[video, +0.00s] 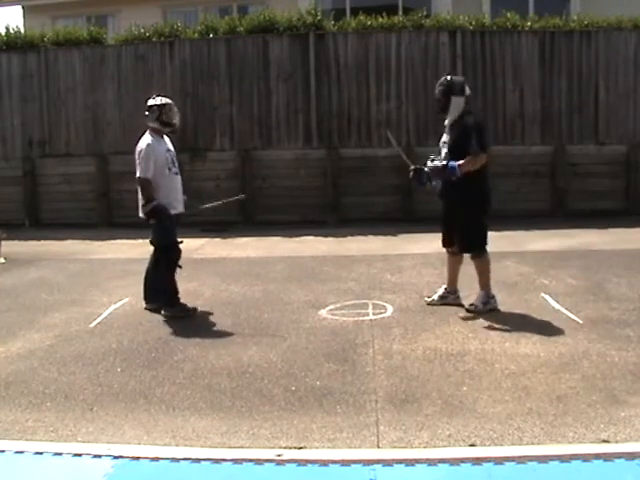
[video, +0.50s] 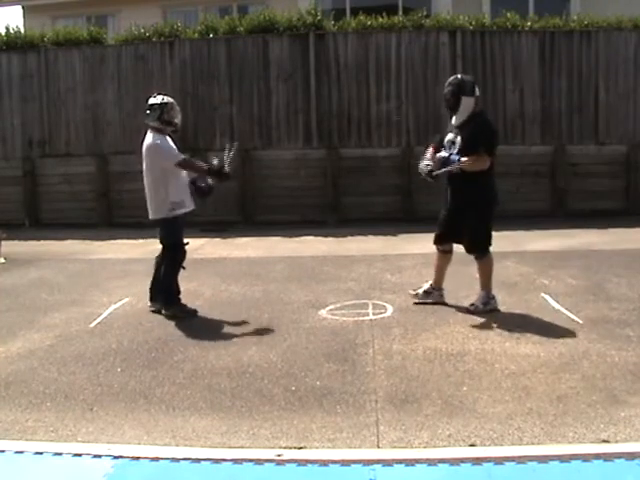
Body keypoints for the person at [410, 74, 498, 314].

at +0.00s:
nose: (439, 103)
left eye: (443, 97)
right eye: (440, 97)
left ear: (456, 98)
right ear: (450, 99)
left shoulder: (472, 124)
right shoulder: (450, 125)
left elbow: (480, 157)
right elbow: (447, 157)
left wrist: (451, 169)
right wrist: (427, 171)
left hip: (472, 197)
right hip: (453, 196)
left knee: (476, 246)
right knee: (452, 244)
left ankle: (486, 294)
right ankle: (450, 290)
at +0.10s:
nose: (442, 101)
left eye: (446, 96)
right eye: (442, 97)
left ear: (459, 98)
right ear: (449, 98)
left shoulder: (475, 124)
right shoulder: (452, 124)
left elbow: (483, 158)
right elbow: (450, 158)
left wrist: (452, 166)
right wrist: (429, 172)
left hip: (475, 197)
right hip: (454, 196)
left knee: (477, 247)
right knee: (452, 244)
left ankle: (486, 294)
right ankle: (450, 290)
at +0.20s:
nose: (448, 103)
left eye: (452, 97)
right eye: (447, 98)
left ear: (466, 99)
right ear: (457, 99)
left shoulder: (480, 125)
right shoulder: (457, 124)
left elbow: (484, 162)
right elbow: (450, 155)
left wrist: (454, 162)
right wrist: (433, 169)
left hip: (479, 200)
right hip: (459, 198)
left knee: (479, 246)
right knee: (448, 240)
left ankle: (486, 295)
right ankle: (450, 289)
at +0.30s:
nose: (450, 102)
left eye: (457, 96)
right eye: (450, 97)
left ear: (468, 99)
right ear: (461, 99)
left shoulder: (482, 126)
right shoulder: (458, 124)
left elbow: (485, 161)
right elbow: (448, 152)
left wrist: (455, 161)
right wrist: (434, 168)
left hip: (480, 198)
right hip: (458, 196)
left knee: (480, 246)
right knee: (443, 238)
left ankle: (487, 294)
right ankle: (448, 286)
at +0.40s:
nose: (449, 101)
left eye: (454, 96)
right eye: (448, 96)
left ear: (469, 98)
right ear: (453, 98)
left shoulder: (482, 125)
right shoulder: (457, 123)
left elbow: (486, 161)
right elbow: (452, 152)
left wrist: (454, 160)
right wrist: (435, 165)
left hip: (479, 201)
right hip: (456, 198)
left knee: (481, 247)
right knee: (443, 239)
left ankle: (486, 295)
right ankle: (440, 285)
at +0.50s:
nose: (447, 101)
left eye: (452, 96)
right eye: (447, 96)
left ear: (467, 98)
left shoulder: (481, 124)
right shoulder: (456, 123)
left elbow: (484, 161)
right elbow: (448, 151)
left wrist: (451, 165)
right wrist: (433, 157)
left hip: (478, 200)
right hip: (457, 197)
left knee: (479, 247)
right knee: (444, 241)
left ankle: (486, 295)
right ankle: (436, 287)